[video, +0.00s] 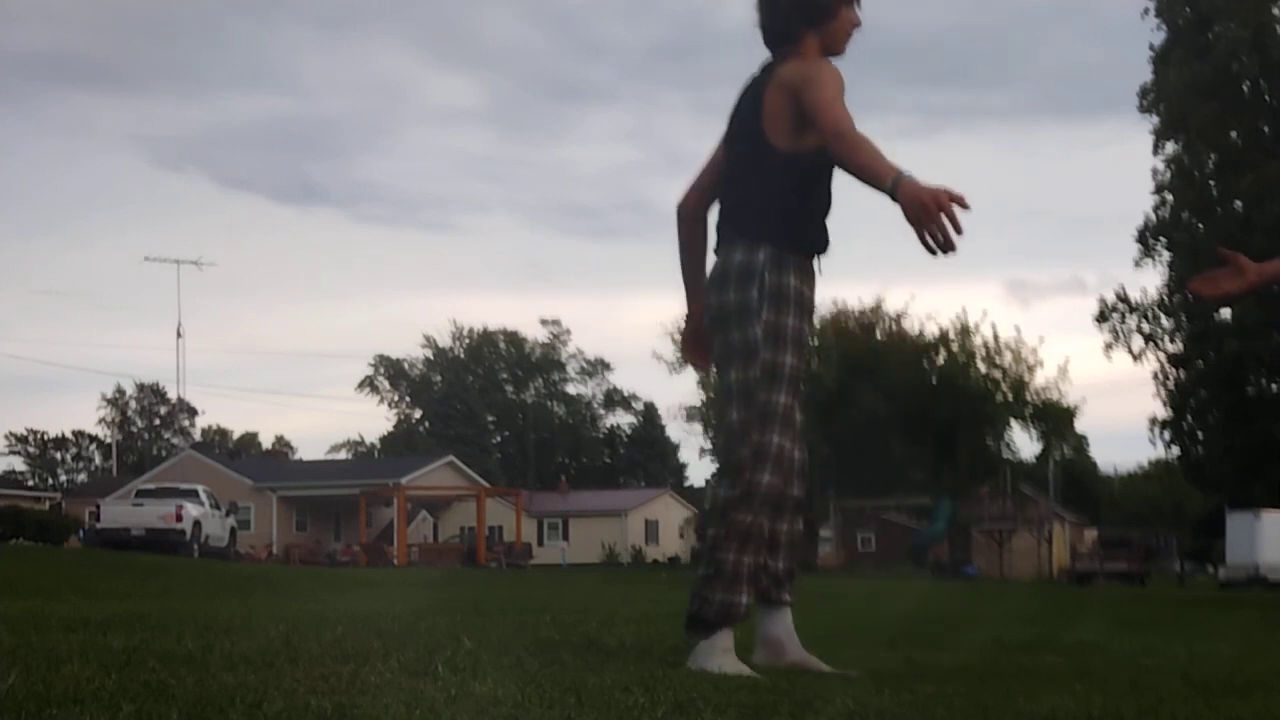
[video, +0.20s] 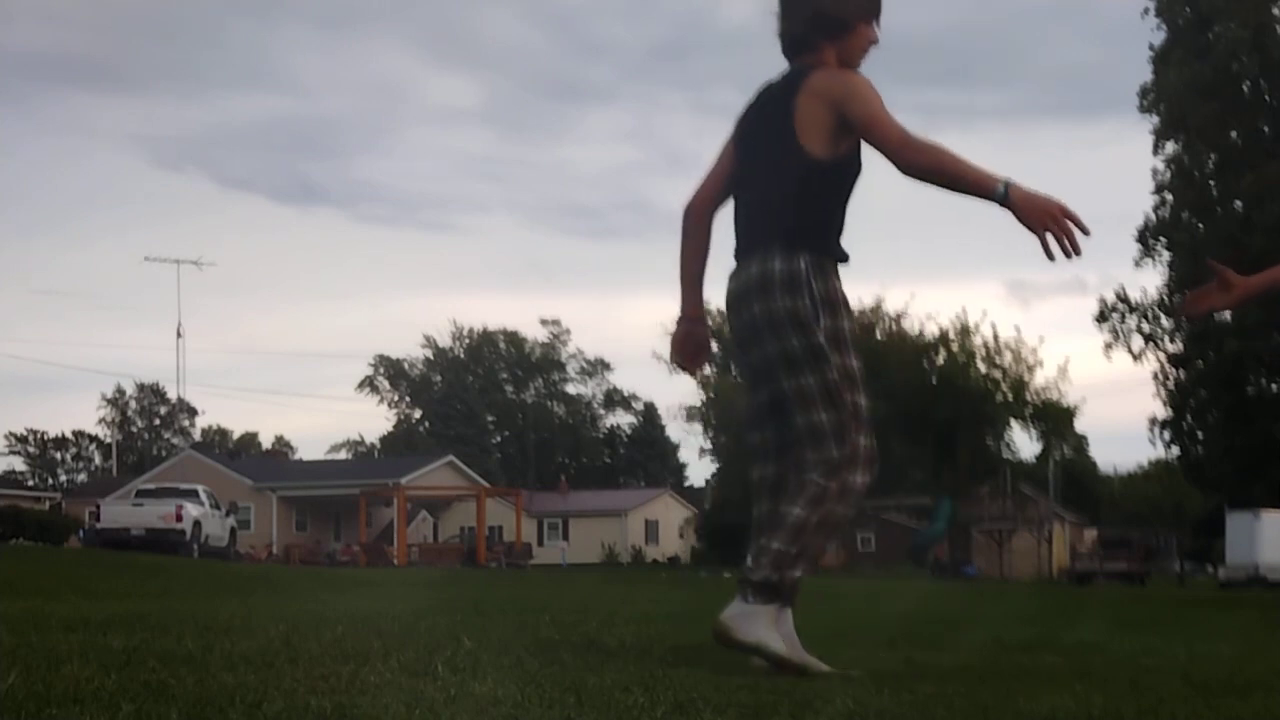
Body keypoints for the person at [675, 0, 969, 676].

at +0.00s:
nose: (857, 16)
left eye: (855, 6)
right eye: (849, 6)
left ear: (792, 20)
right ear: (819, 15)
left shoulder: (760, 91)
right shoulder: (813, 72)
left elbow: (692, 206)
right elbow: (835, 136)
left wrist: (696, 306)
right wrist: (903, 185)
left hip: (742, 276)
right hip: (769, 273)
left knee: (782, 454)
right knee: (759, 455)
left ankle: (775, 634)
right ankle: (711, 643)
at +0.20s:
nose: (875, 37)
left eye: (875, 25)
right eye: (869, 23)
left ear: (804, 33)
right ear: (837, 26)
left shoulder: (762, 106)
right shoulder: (840, 86)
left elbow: (698, 209)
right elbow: (910, 155)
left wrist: (691, 310)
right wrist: (1013, 194)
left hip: (748, 290)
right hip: (797, 285)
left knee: (789, 453)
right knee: (845, 450)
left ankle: (774, 619)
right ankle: (757, 603)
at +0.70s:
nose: (987, 66)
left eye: (991, 54)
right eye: (987, 52)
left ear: (917, 40)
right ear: (962, 47)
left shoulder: (858, 111)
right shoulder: (956, 116)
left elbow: (794, 216)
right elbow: (1031, 219)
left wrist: (814, 311)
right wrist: (1118, 291)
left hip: (840, 302)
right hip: (901, 296)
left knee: (873, 466)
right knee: (950, 471)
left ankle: (797, 622)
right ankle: (940, 657)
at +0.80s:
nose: (1005, 66)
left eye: (1010, 54)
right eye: (1007, 53)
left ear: (935, 36)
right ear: (988, 49)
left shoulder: (876, 107)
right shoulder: (974, 117)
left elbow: (815, 210)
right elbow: (1043, 225)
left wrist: (841, 311)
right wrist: (1129, 292)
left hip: (854, 294)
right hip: (911, 292)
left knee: (888, 465)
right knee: (952, 473)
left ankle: (810, 614)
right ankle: (940, 656)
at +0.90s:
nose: (1023, 64)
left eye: (1028, 52)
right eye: (1025, 51)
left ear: (952, 33)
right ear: (1003, 48)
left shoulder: (891, 102)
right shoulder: (987, 117)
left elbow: (827, 202)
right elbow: (1054, 228)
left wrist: (856, 284)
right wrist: (1141, 293)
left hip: (862, 291)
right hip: (917, 291)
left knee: (896, 462)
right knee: (953, 472)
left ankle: (831, 618)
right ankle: (942, 655)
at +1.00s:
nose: (1036, 63)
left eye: (1041, 51)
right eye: (1037, 49)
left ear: (966, 33)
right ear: (1013, 45)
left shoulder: (902, 100)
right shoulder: (995, 118)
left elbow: (835, 199)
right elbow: (1066, 228)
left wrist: (864, 281)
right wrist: (1155, 297)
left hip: (870, 289)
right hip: (921, 290)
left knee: (897, 458)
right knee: (953, 468)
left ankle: (856, 624)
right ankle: (942, 656)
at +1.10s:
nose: (1043, 62)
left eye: (1047, 50)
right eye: (1042, 48)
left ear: (970, 35)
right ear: (1017, 46)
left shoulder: (909, 103)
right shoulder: (1001, 119)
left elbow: (841, 199)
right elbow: (1065, 234)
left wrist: (864, 281)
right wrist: (1156, 306)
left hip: (874, 288)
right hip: (925, 288)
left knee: (898, 458)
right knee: (952, 467)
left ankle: (879, 627)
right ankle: (940, 655)